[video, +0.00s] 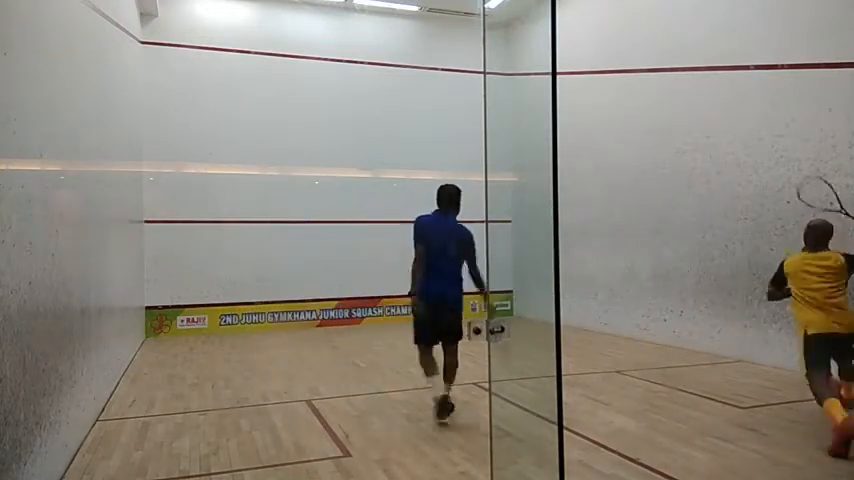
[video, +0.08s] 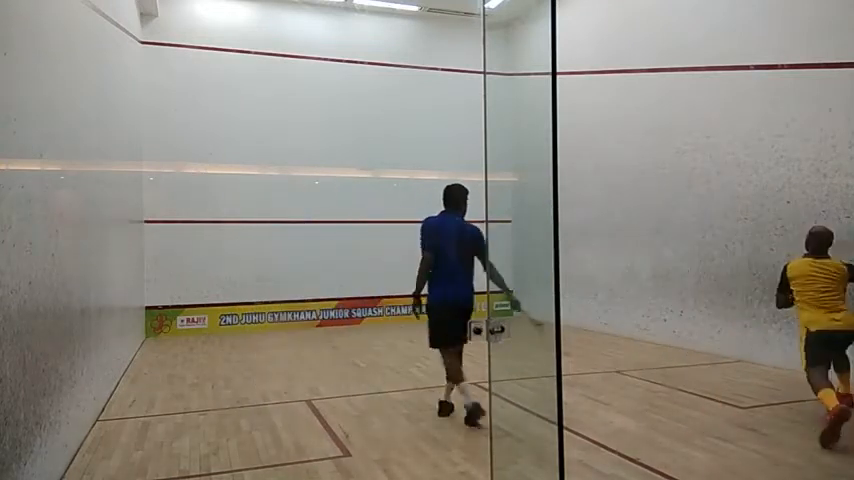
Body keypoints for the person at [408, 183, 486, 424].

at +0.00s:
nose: (459, 205)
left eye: (457, 201)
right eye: (459, 202)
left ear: (437, 202)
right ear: (457, 204)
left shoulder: (422, 223)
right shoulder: (463, 234)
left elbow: (419, 259)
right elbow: (472, 268)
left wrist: (414, 290)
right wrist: (482, 287)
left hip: (424, 296)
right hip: (451, 298)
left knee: (424, 346)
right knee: (450, 348)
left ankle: (437, 388)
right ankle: (445, 395)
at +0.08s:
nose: (467, 205)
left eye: (466, 201)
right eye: (466, 201)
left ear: (444, 201)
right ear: (463, 203)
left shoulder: (430, 225)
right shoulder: (472, 231)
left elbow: (427, 261)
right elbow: (488, 267)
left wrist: (417, 293)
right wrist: (507, 291)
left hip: (439, 299)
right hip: (464, 299)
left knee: (448, 351)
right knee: (456, 349)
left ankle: (469, 401)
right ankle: (446, 400)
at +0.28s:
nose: (478, 205)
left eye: (477, 201)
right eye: (477, 201)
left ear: (455, 203)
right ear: (474, 202)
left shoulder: (445, 231)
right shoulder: (488, 231)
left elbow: (435, 265)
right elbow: (506, 265)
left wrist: (420, 291)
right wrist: (528, 294)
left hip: (462, 300)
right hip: (486, 299)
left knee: (470, 352)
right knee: (477, 349)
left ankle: (481, 409)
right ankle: (472, 397)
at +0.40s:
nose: (462, 202)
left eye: (463, 198)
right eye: (466, 198)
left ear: (464, 201)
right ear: (485, 200)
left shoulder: (456, 229)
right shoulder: (499, 228)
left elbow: (442, 265)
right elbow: (511, 265)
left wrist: (426, 290)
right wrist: (530, 296)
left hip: (471, 301)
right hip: (498, 298)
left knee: (474, 353)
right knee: (496, 342)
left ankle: (483, 410)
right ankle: (493, 396)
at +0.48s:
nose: (477, 204)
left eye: (476, 199)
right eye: (489, 199)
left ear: (473, 201)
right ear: (495, 201)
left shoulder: (466, 229)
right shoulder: (509, 228)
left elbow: (453, 265)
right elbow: (518, 267)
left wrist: (436, 289)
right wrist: (533, 300)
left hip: (479, 301)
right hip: (508, 300)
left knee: (475, 355)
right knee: (515, 345)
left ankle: (483, 411)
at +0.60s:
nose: (504, 210)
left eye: (496, 206)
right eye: (504, 206)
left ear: (487, 207)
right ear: (506, 208)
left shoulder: (477, 233)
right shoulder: (520, 235)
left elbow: (468, 269)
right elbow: (530, 275)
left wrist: (452, 294)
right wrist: (543, 306)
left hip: (490, 305)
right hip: (519, 305)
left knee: (476, 355)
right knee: (537, 348)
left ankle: (483, 411)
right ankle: (563, 398)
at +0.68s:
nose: (519, 217)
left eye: (510, 212)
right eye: (521, 213)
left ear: (503, 214)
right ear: (524, 215)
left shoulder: (490, 239)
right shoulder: (534, 241)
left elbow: (482, 276)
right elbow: (546, 280)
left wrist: (474, 309)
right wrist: (560, 311)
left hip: (501, 309)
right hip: (532, 310)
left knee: (485, 357)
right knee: (560, 356)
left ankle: (484, 409)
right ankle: (580, 404)